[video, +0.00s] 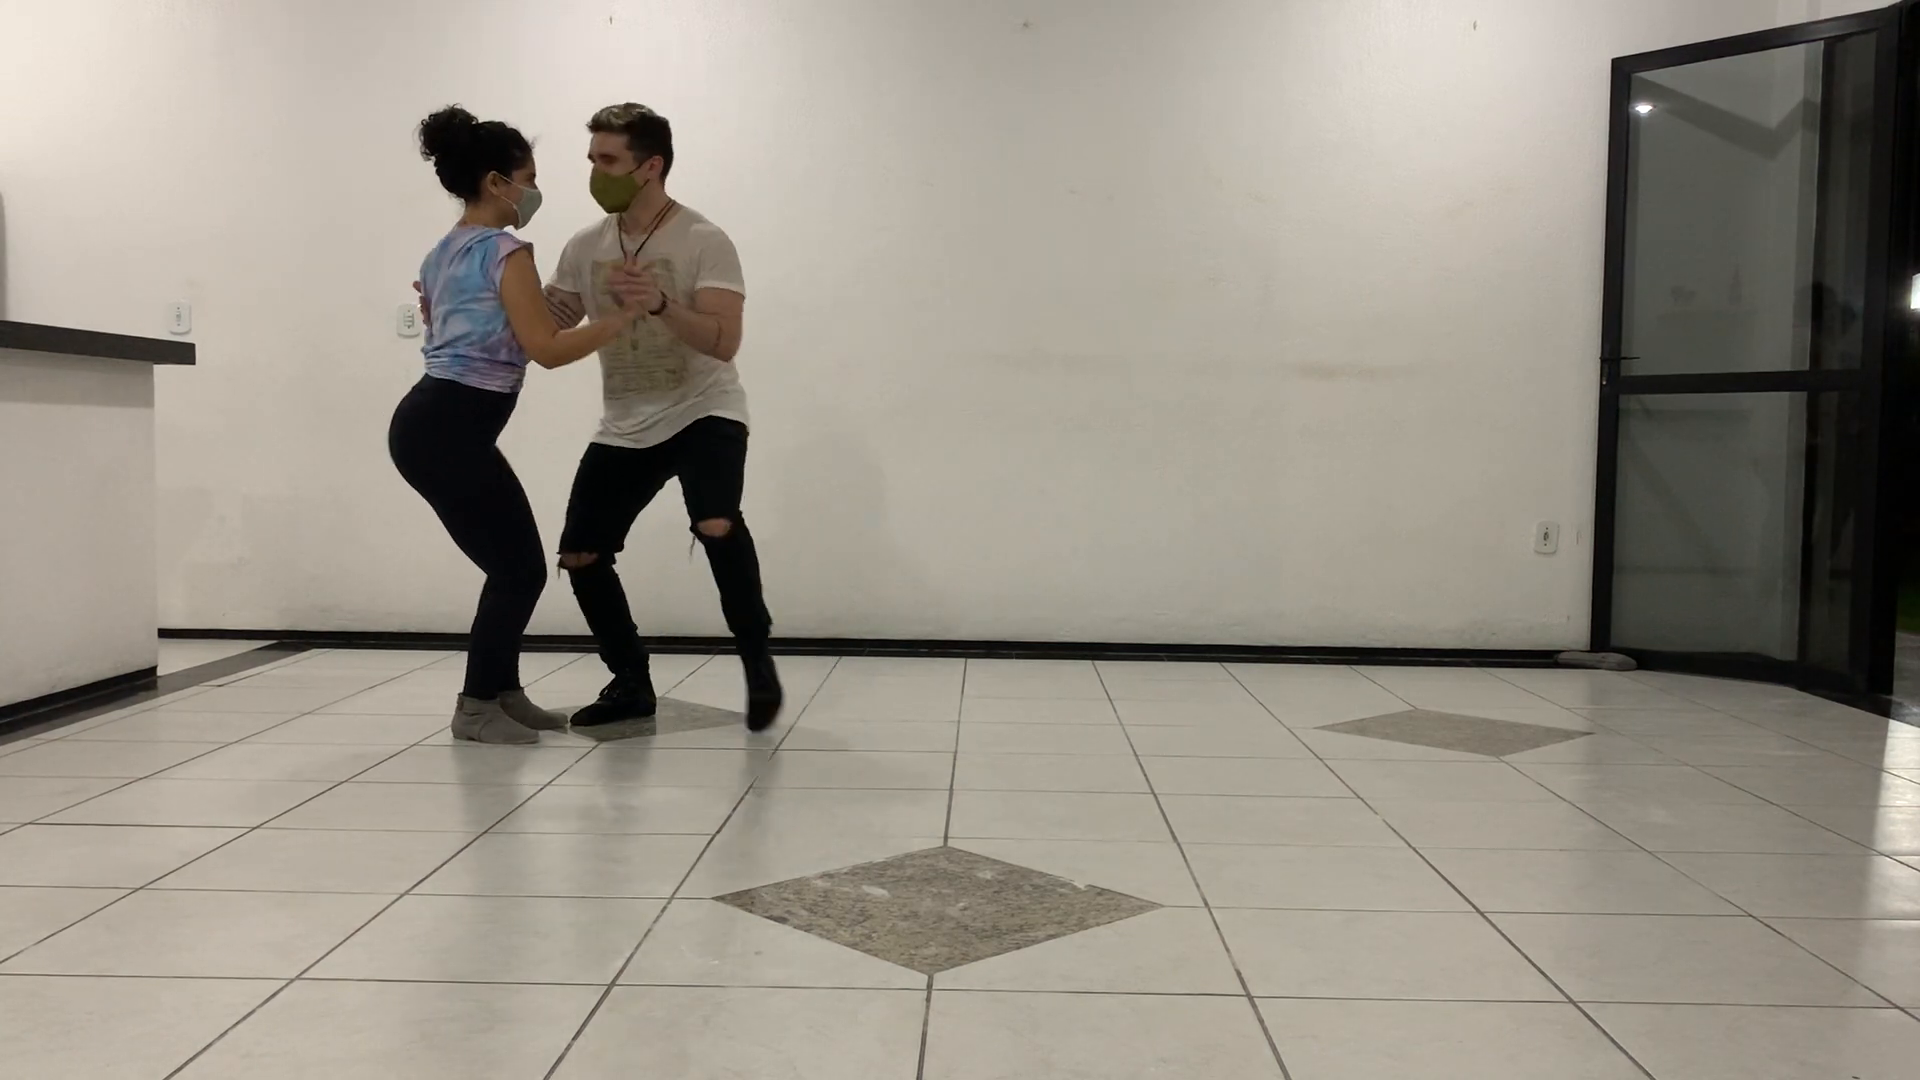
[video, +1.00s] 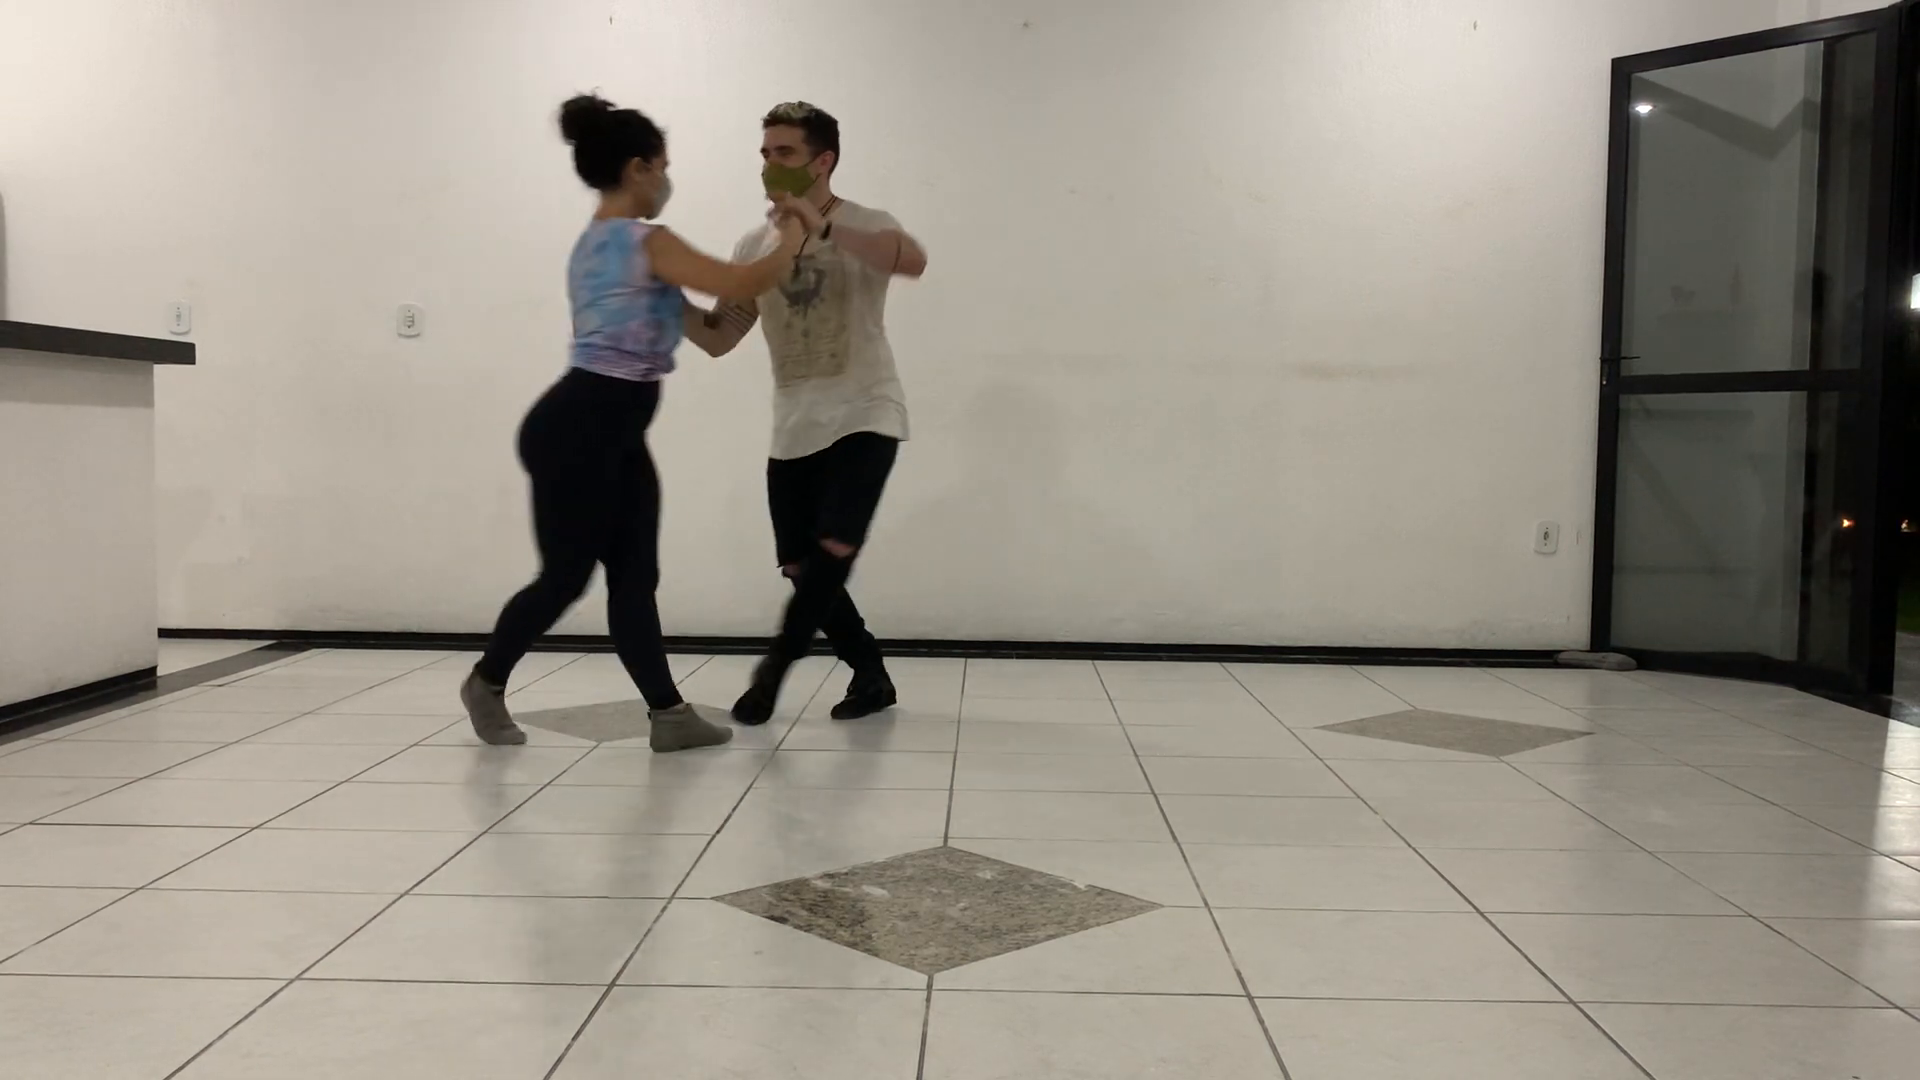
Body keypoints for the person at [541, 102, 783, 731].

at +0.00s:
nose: (594, 171)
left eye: (607, 161)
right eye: (592, 160)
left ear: (652, 166)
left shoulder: (704, 241)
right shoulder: (584, 249)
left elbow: (724, 340)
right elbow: (544, 330)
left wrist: (658, 304)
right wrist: (457, 305)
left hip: (705, 405)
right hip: (627, 421)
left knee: (716, 522)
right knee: (582, 551)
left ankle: (757, 667)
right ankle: (632, 686)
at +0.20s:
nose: (622, 161)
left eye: (635, 150)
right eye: (620, 149)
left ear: (679, 157)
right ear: (627, 154)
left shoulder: (734, 238)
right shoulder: (607, 245)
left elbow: (764, 339)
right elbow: (534, 306)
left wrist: (690, 322)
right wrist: (439, 301)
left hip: (741, 410)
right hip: (660, 421)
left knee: (730, 534)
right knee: (612, 546)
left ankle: (729, 664)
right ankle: (634, 686)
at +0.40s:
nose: (654, 162)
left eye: (667, 151)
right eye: (650, 151)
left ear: (710, 156)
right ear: (650, 156)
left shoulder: (766, 234)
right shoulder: (642, 247)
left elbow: (791, 331)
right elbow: (561, 298)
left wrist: (712, 303)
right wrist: (467, 293)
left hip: (795, 407)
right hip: (718, 416)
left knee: (771, 547)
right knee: (666, 541)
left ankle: (737, 682)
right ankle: (639, 684)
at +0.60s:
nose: (696, 174)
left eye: (709, 162)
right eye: (691, 162)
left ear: (751, 168)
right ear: (690, 166)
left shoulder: (799, 235)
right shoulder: (694, 251)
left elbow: (790, 302)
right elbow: (628, 314)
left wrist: (712, 258)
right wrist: (552, 331)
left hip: (828, 418)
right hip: (752, 422)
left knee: (792, 554)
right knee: (687, 535)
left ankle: (742, 681)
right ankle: (659, 667)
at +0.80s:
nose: (741, 174)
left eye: (755, 164)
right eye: (738, 163)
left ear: (797, 172)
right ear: (736, 166)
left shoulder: (835, 244)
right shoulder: (731, 248)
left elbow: (833, 306)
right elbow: (673, 316)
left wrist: (755, 289)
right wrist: (602, 336)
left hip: (838, 426)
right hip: (766, 429)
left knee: (798, 562)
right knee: (725, 552)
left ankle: (743, 678)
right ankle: (819, 644)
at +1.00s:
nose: (770, 164)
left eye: (784, 153)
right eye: (765, 153)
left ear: (824, 160)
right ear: (761, 159)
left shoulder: (858, 224)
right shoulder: (758, 245)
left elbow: (912, 261)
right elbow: (718, 336)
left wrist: (826, 227)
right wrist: (665, 294)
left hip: (865, 407)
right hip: (795, 420)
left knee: (834, 544)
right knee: (799, 562)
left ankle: (770, 675)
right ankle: (872, 676)